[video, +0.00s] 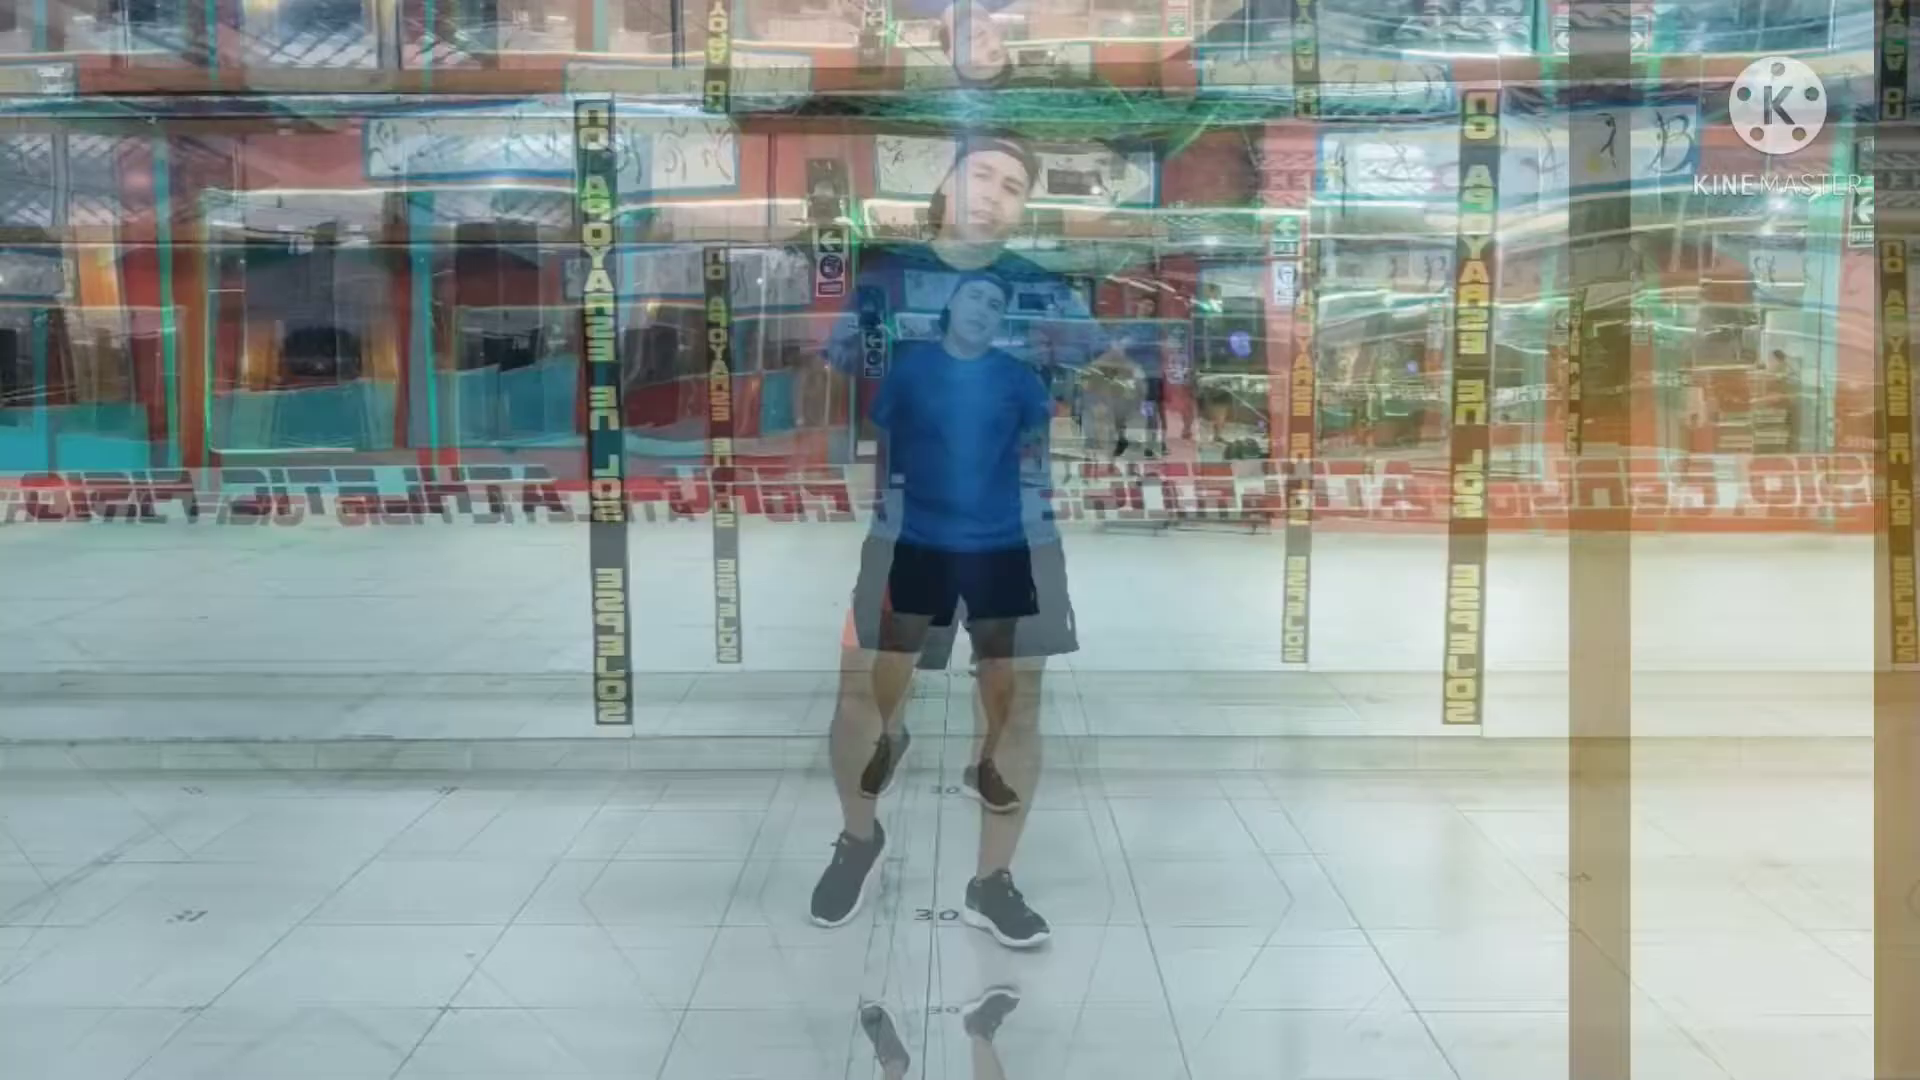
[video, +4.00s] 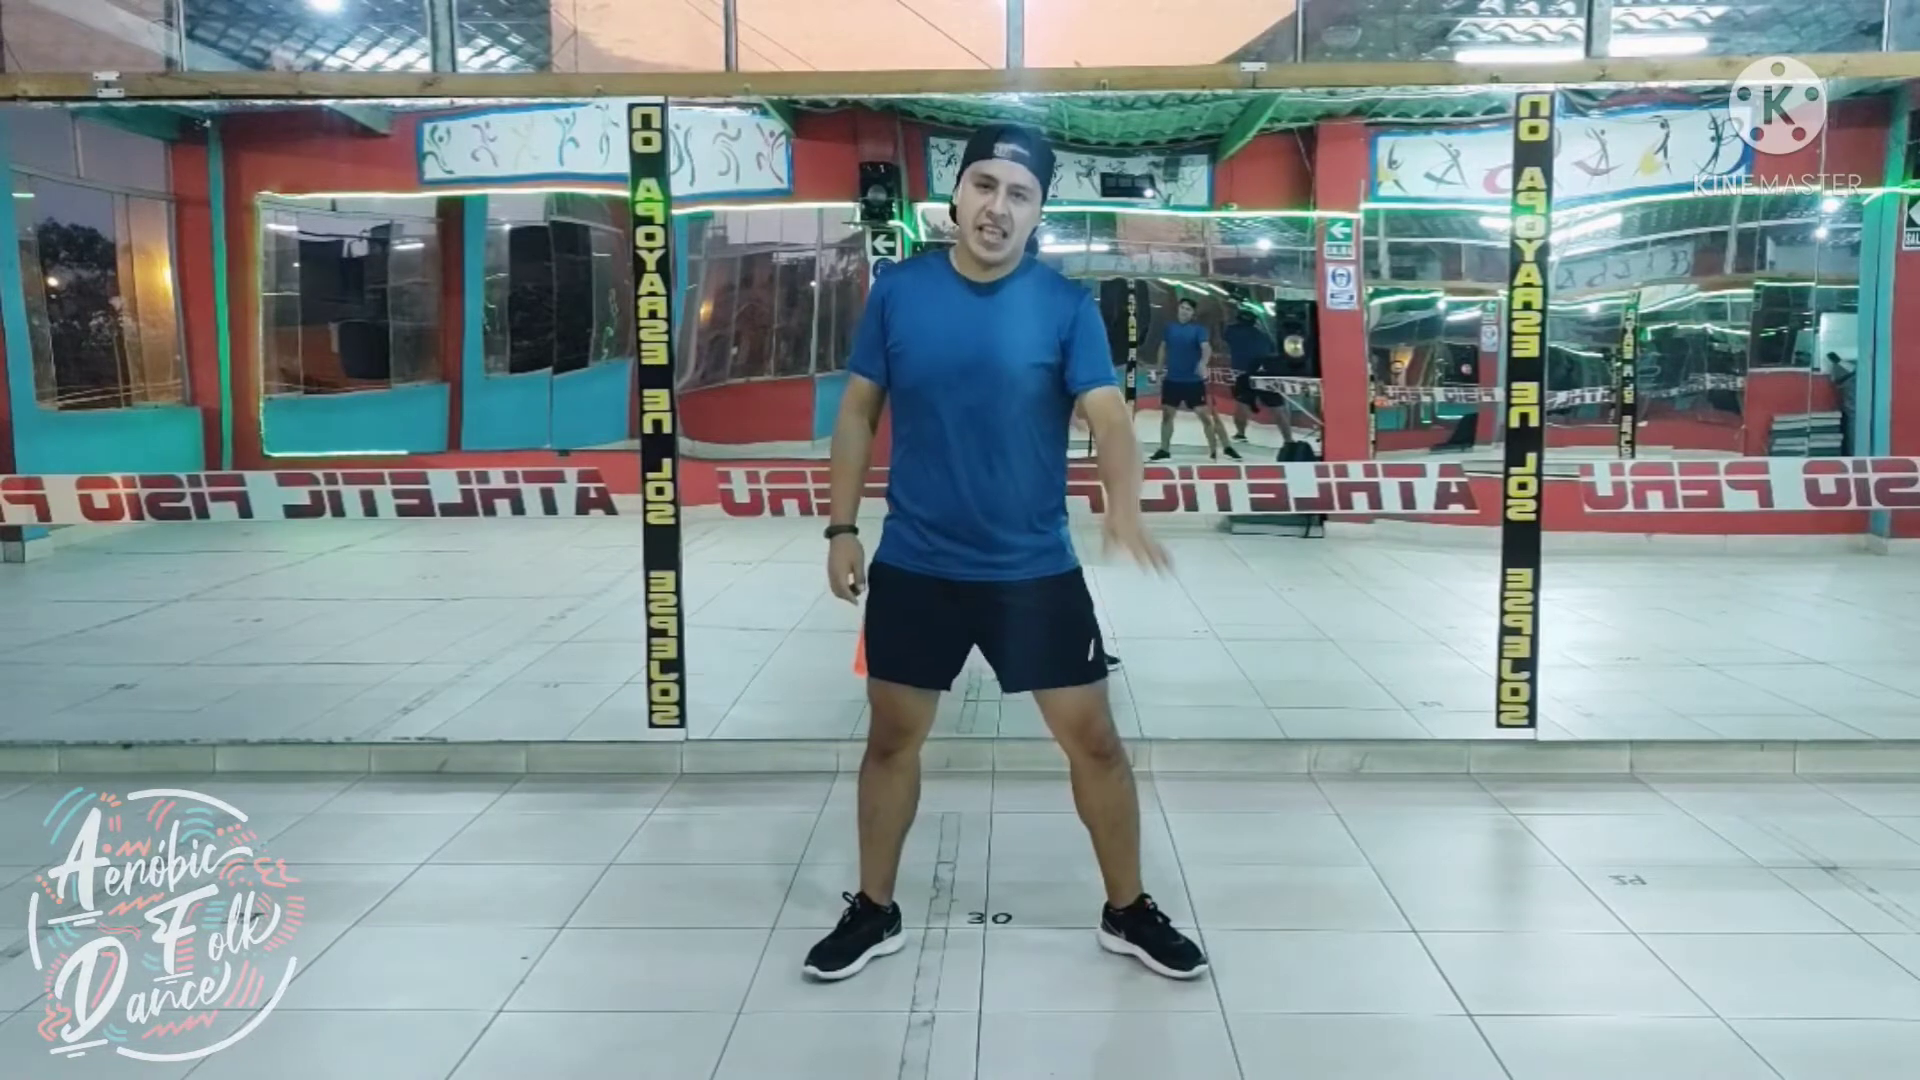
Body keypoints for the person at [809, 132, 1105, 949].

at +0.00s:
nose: (995, 195)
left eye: (1011, 188)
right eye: (984, 176)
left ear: (1022, 212)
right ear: (947, 185)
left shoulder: (1042, 295)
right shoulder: (890, 279)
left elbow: (1106, 374)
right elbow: (844, 384)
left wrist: (1112, 380)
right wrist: (833, 364)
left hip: (1012, 533)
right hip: (909, 527)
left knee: (1013, 709)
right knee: (866, 703)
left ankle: (995, 877)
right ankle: (859, 837)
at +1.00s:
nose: (967, 186)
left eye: (986, 177)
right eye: (953, 172)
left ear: (1008, 204)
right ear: (926, 192)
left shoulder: (1039, 295)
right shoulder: (874, 291)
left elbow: (1084, 424)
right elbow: (827, 406)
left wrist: (1046, 441)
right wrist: (791, 515)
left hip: (1023, 549)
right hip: (907, 549)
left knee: (1089, 715)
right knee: (882, 727)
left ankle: (1115, 893)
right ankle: (867, 901)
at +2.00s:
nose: (995, 186)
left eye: (1014, 177)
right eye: (981, 171)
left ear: (1038, 203)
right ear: (953, 189)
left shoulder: (1067, 297)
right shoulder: (901, 291)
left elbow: (1112, 430)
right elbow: (862, 406)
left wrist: (1068, 395)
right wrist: (833, 521)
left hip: (1041, 561)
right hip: (926, 558)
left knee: (1092, 738)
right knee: (896, 736)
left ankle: (1124, 905)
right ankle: (871, 905)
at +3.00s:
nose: (996, 190)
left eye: (1016, 180)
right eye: (982, 174)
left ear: (1039, 204)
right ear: (955, 191)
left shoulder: (1069, 298)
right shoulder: (900, 292)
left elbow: (1111, 432)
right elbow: (866, 412)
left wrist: (1069, 397)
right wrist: (848, 529)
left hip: (1045, 564)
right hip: (928, 560)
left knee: (1095, 742)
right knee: (896, 740)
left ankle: (1125, 906)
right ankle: (872, 905)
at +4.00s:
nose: (997, 207)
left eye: (1017, 195)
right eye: (984, 187)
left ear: (1039, 214)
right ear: (956, 195)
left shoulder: (1066, 304)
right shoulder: (898, 291)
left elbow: (1109, 412)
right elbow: (858, 407)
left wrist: (1123, 509)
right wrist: (842, 526)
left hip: (1033, 563)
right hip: (918, 557)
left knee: (1093, 739)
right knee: (890, 735)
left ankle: (1127, 906)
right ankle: (874, 905)